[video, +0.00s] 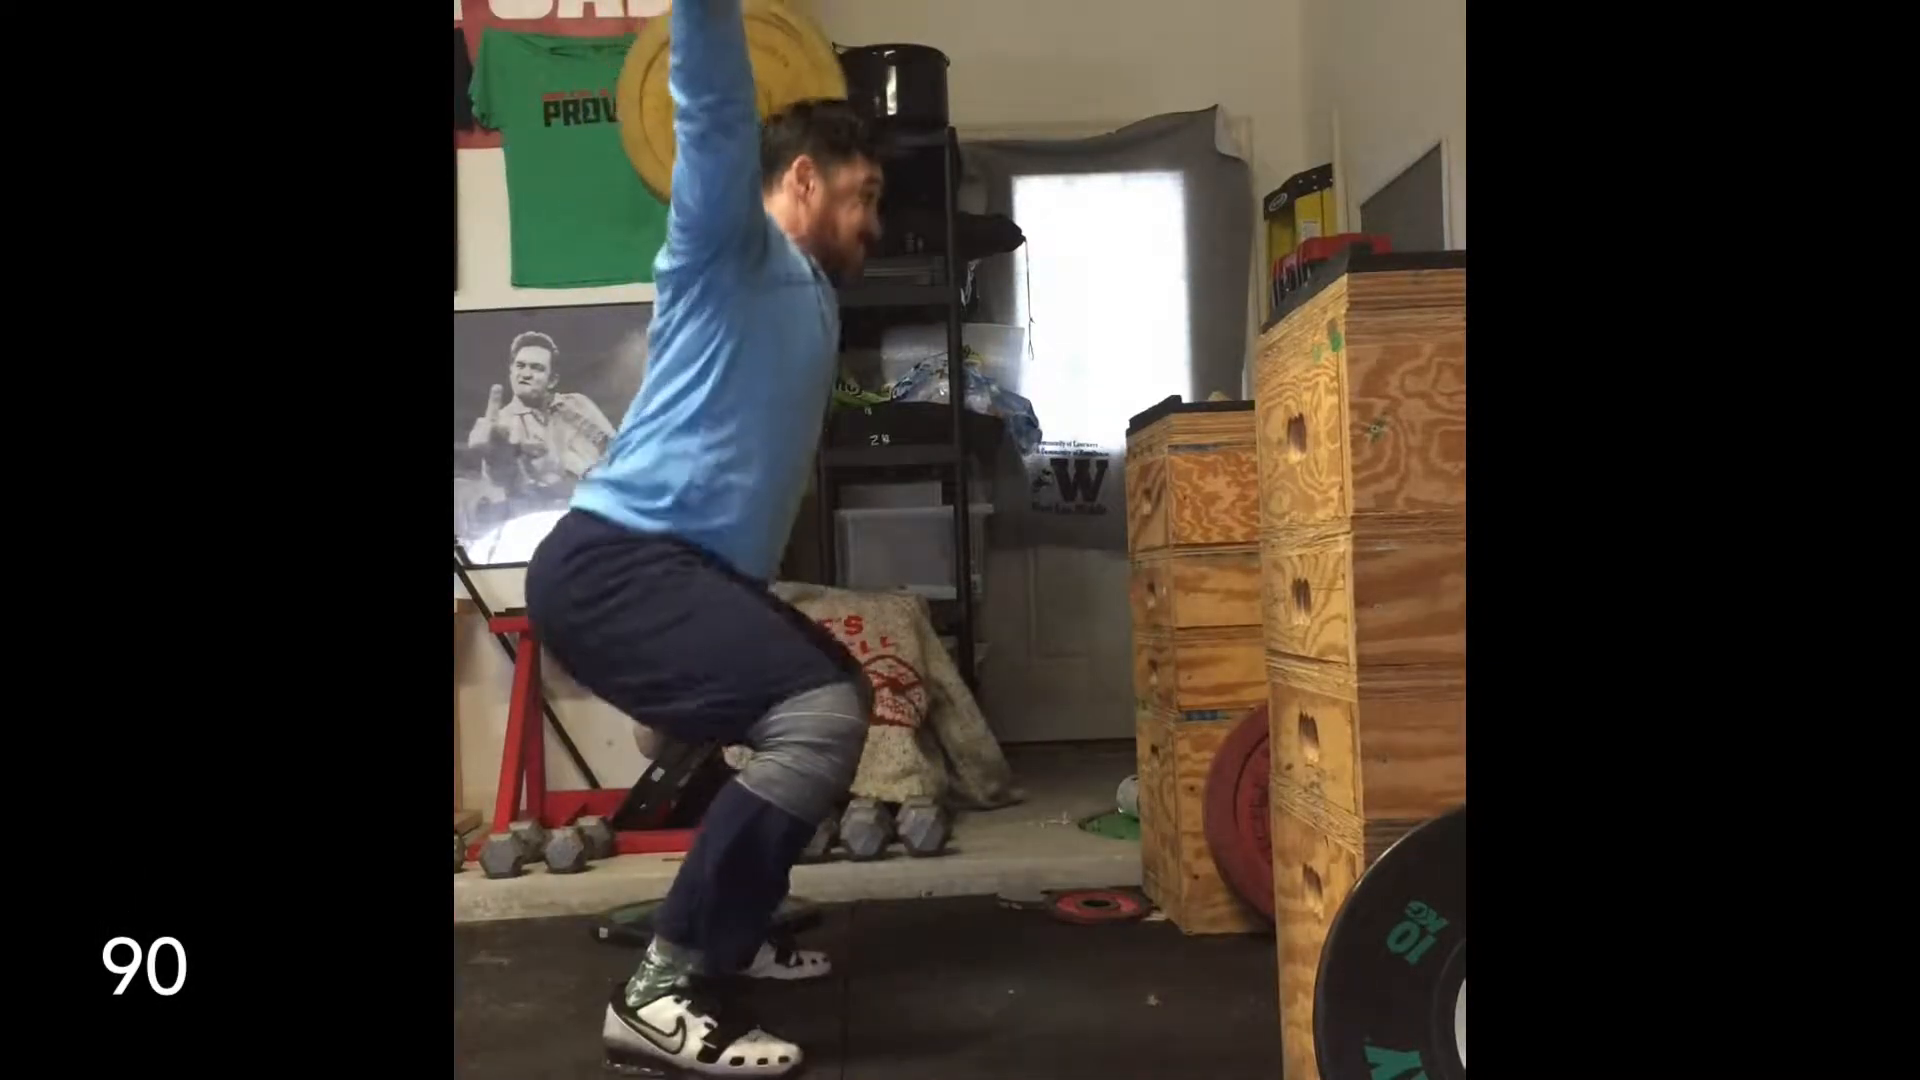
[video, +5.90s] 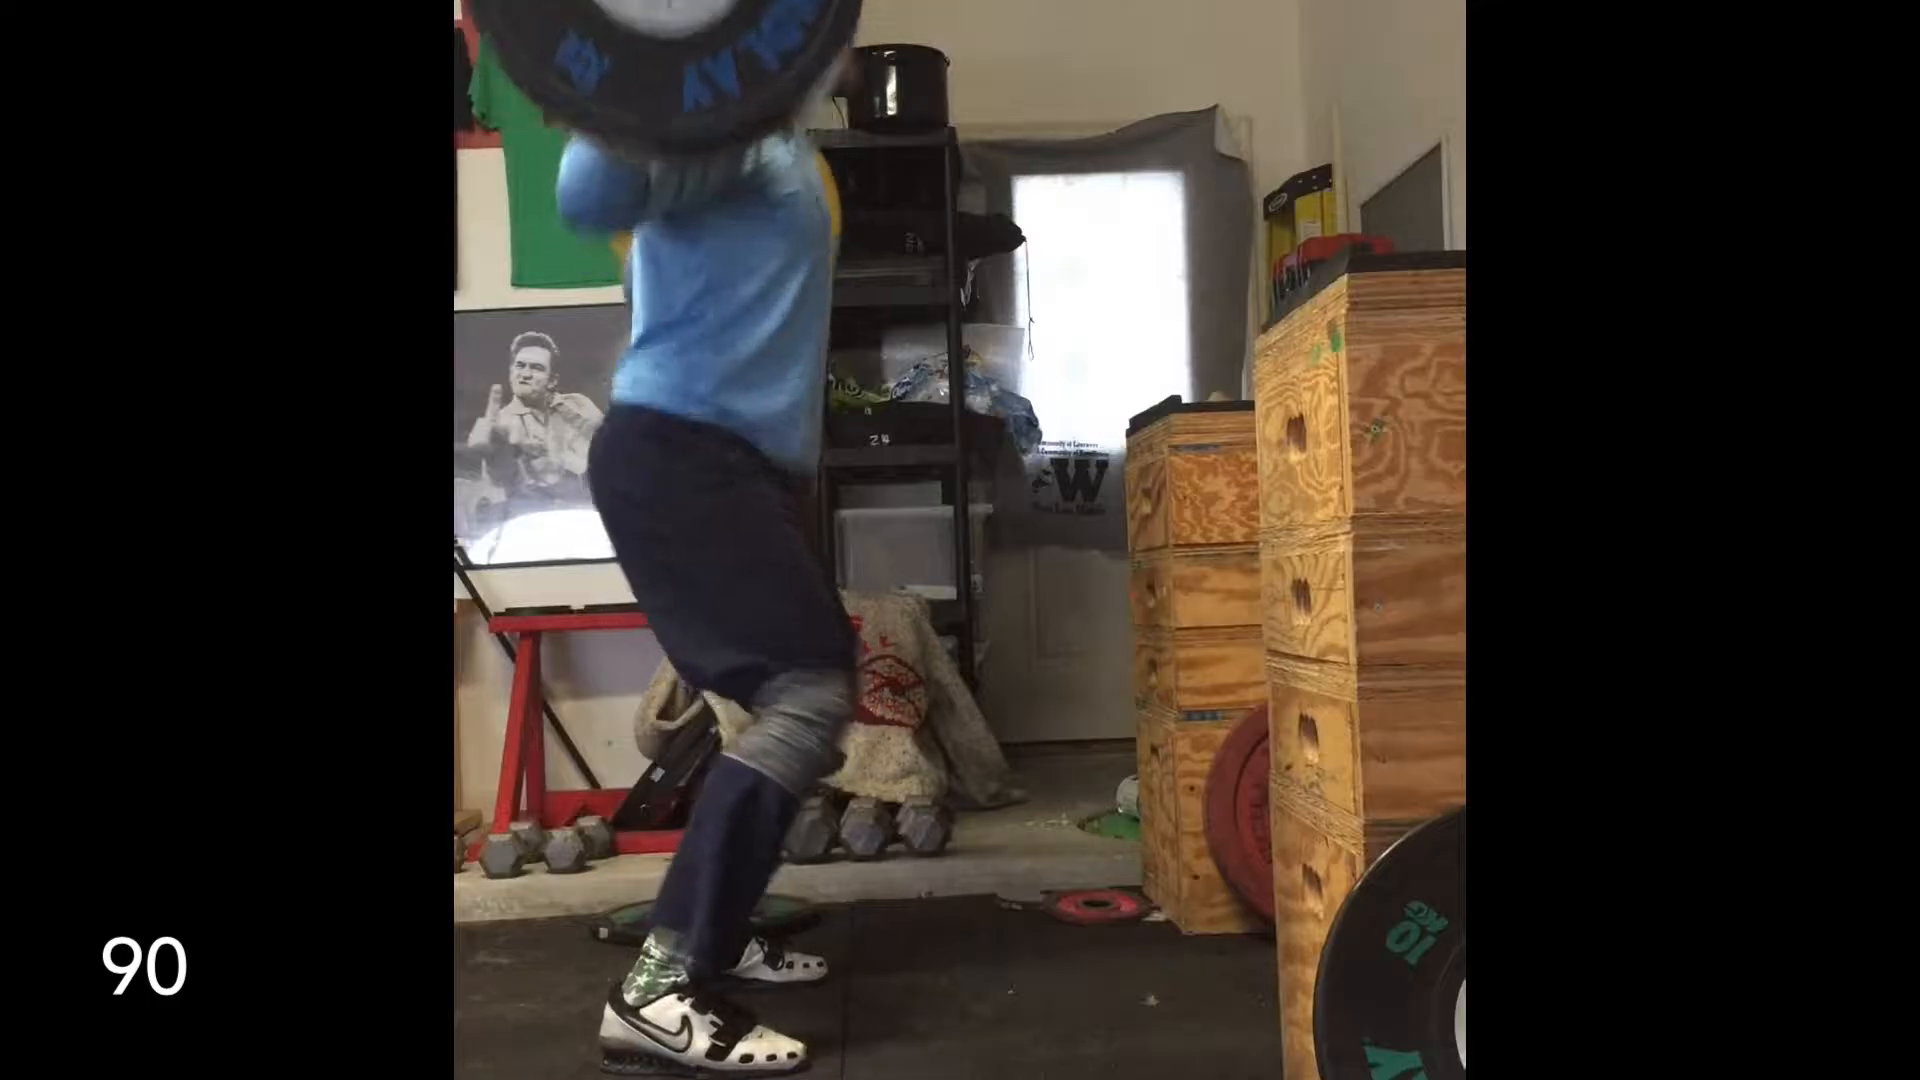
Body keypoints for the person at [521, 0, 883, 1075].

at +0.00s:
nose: (872, 226)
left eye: (876, 206)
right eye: (863, 200)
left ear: (822, 194)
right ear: (799, 179)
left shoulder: (810, 295)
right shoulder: (726, 246)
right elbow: (711, 104)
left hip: (695, 568)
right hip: (616, 559)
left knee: (833, 694)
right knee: (816, 716)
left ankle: (736, 922)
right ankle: (666, 984)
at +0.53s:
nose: (904, 365)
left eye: (904, 346)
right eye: (891, 343)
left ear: (842, 342)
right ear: (831, 335)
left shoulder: (839, 449)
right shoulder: (754, 404)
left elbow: (765, 622)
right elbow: (750, 272)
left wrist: (849, 682)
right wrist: (738, 128)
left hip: (712, 701)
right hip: (627, 704)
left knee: (870, 725)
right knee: (851, 753)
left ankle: (748, 928)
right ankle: (678, 988)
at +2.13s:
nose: (912, 260)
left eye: (915, 240)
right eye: (900, 235)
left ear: (860, 236)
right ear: (835, 222)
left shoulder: (850, 353)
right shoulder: (761, 297)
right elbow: (744, 169)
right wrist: (741, 45)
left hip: (725, 602)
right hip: (635, 591)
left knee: (858, 708)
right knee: (844, 726)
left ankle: (748, 916)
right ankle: (674, 984)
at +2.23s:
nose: (904, 194)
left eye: (909, 173)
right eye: (891, 166)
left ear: (868, 163)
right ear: (826, 146)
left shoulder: (842, 277)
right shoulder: (761, 232)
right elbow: (730, 116)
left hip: (735, 544)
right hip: (653, 528)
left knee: (846, 705)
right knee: (836, 713)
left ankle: (738, 919)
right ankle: (672, 989)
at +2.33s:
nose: (898, 97)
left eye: (906, 79)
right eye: (885, 71)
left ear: (885, 79)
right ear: (828, 54)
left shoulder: (838, 175)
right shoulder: (760, 142)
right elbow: (692, 83)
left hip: (769, 473)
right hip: (679, 451)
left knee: (807, 685)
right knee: (795, 692)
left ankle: (720, 916)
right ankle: (668, 990)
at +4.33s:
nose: (844, 2)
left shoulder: (786, 88)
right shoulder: (705, 65)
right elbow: (549, 112)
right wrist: (612, 8)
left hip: (738, 405)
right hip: (671, 396)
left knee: (704, 669)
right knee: (671, 675)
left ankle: (693, 914)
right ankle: (644, 984)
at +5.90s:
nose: (836, 57)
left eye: (833, 40)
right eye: (818, 39)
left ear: (781, 48)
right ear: (759, 40)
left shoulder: (789, 138)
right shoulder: (708, 130)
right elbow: (586, 196)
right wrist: (638, 70)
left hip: (729, 450)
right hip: (675, 446)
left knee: (789, 689)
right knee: (807, 695)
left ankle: (715, 917)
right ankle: (661, 980)